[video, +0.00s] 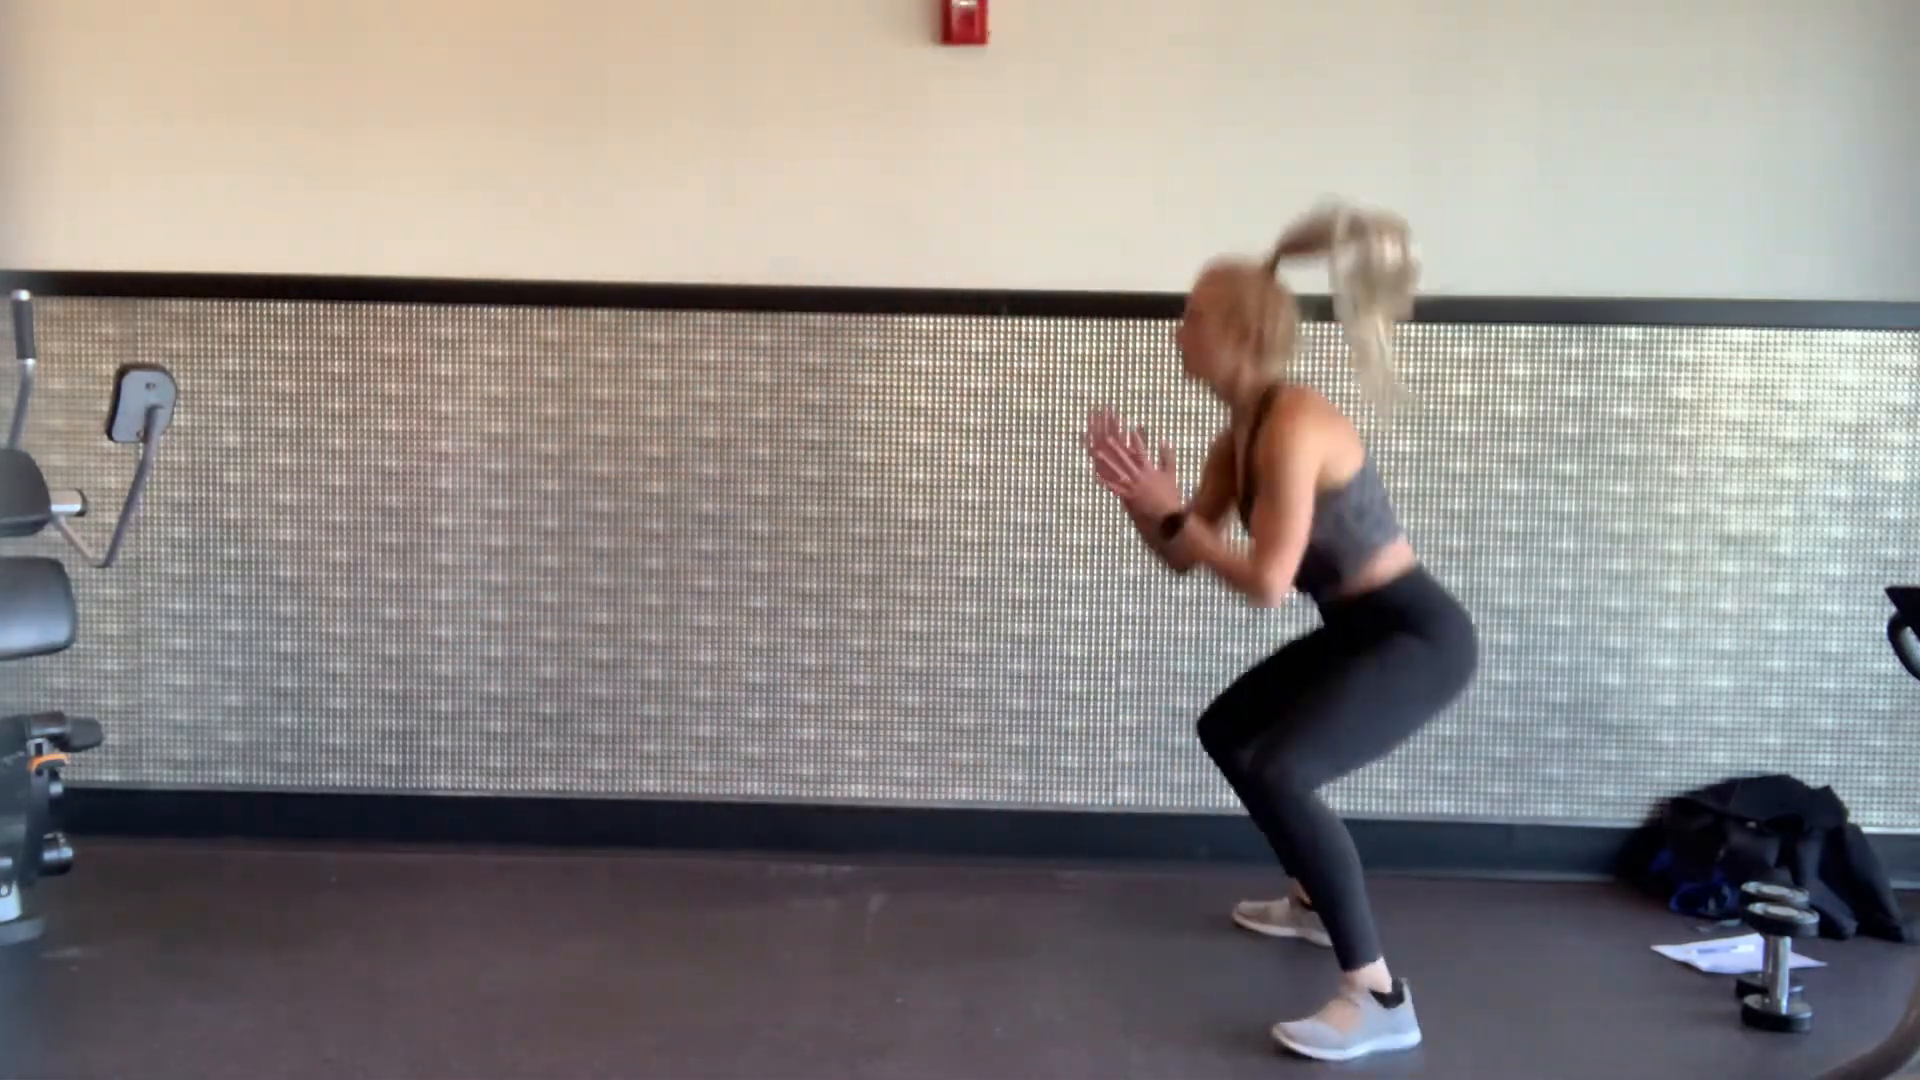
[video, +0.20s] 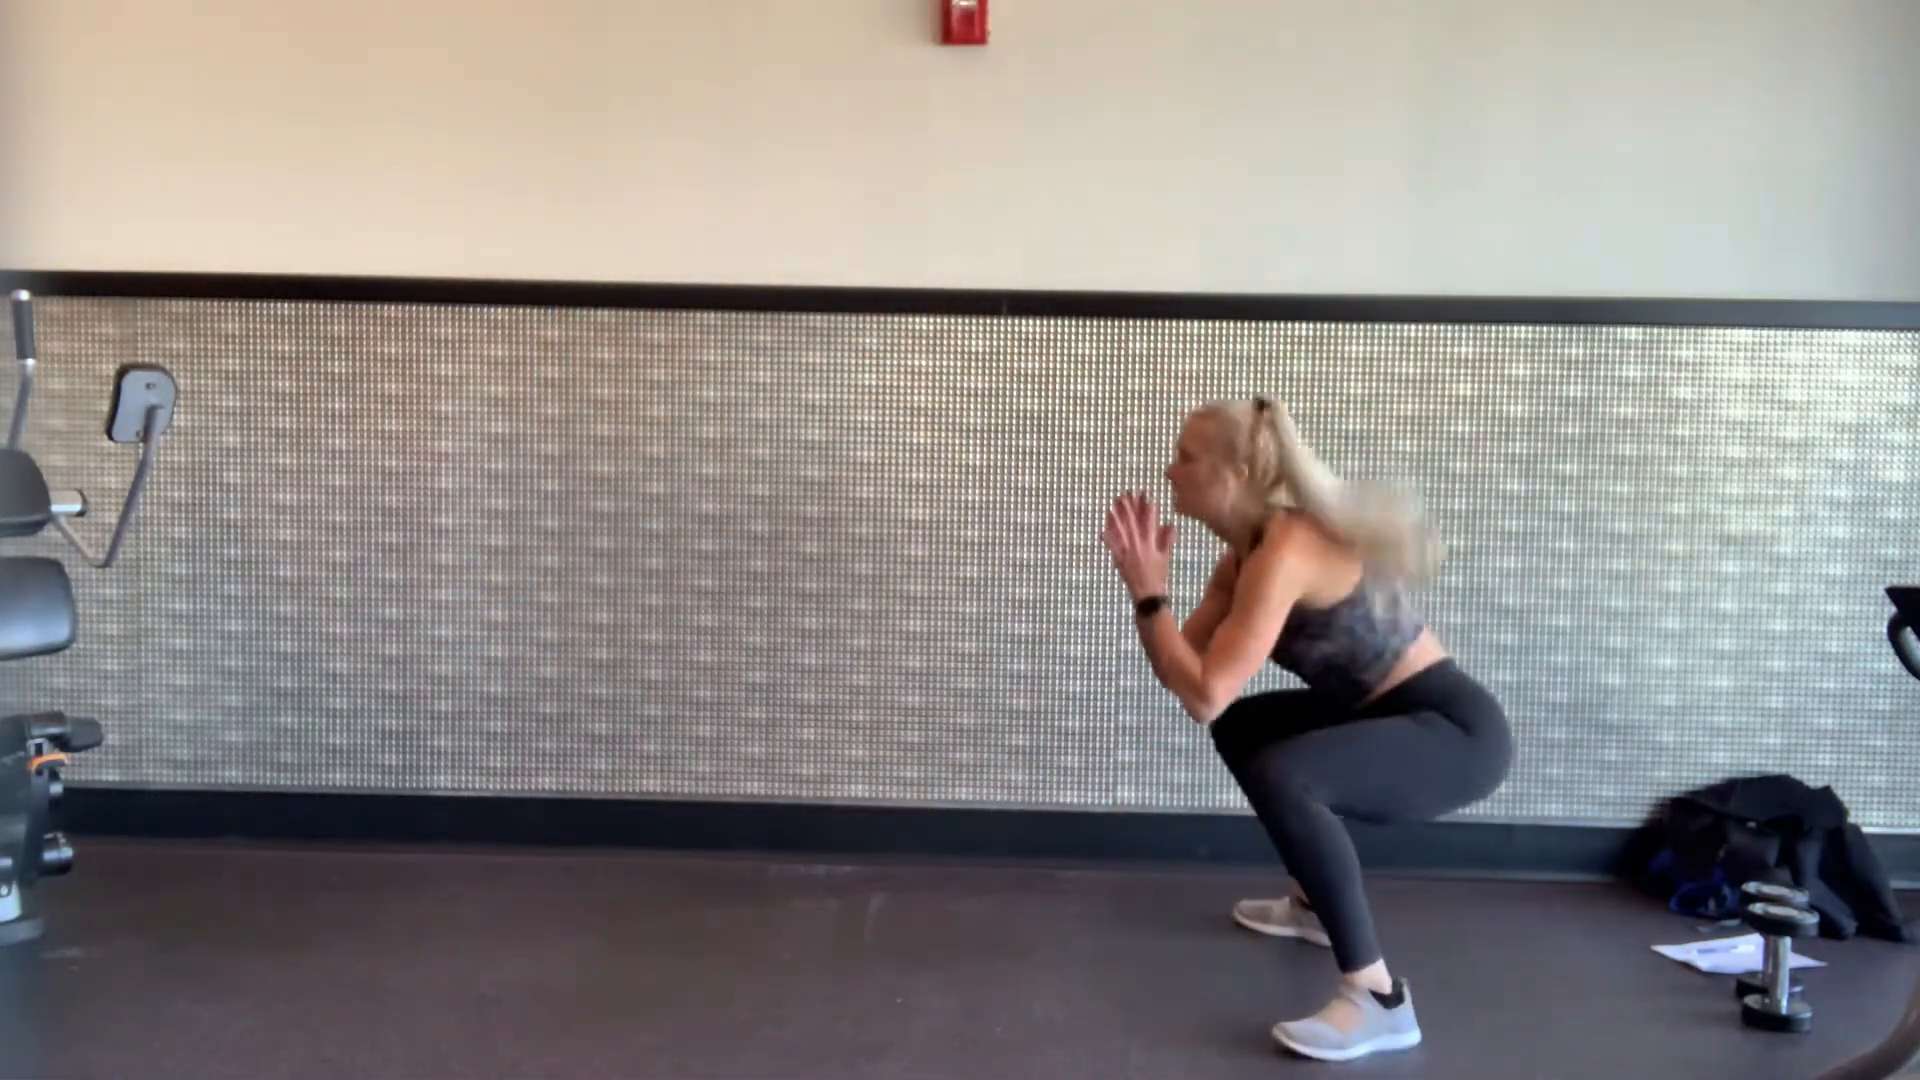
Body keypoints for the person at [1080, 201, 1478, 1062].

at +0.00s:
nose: (1177, 328)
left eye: (1190, 314)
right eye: (1182, 313)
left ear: (1236, 335)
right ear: (1238, 335)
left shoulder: (1293, 426)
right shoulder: (1240, 435)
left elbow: (1266, 582)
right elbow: (1184, 553)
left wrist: (1177, 516)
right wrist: (1139, 499)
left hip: (1420, 637)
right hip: (1362, 631)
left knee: (1278, 769)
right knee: (1229, 729)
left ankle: (1375, 990)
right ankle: (1318, 901)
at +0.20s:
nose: (1171, 469)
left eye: (1186, 459)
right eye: (1176, 456)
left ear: (1233, 480)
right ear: (1235, 481)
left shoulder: (1286, 547)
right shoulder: (1246, 554)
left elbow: (1206, 694)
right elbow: (1185, 669)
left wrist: (1148, 593)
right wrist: (1146, 586)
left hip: (1455, 732)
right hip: (1395, 715)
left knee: (1286, 776)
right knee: (1239, 733)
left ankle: (1378, 996)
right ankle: (1315, 903)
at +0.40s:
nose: (1172, 445)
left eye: (1185, 433)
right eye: (1175, 430)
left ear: (1237, 444)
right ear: (1238, 446)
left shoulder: (1285, 525)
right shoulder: (1248, 523)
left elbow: (1213, 668)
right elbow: (1190, 636)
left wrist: (1149, 571)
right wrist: (1148, 565)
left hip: (1451, 708)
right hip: (1394, 690)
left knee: (1285, 774)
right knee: (1239, 727)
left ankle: (1378, 997)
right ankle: (1319, 903)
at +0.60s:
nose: (1157, 408)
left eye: (1168, 392)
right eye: (1158, 392)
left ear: (1220, 397)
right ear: (1225, 399)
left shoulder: (1273, 482)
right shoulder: (1240, 476)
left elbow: (1179, 612)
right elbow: (1165, 582)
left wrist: (1119, 511)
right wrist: (1116, 507)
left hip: (1441, 667)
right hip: (1389, 654)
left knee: (1288, 769)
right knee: (1244, 719)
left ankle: (1377, 993)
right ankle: (1323, 900)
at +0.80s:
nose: (1123, 399)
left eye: (1134, 385)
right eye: (1124, 384)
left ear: (1185, 388)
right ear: (1184, 390)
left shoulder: (1244, 470)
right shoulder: (1210, 468)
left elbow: (1136, 596)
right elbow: (1124, 567)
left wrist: (1037, 533)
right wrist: (1034, 529)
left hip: (1423, 647)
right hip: (1368, 636)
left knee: (1280, 770)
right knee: (1237, 722)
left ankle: (1377, 993)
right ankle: (1321, 901)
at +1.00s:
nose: (1072, 393)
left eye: (1080, 376)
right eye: (1071, 377)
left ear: (1132, 375)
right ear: (1136, 376)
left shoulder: (1189, 462)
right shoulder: (1158, 464)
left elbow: (1147, 611)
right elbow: (1109, 586)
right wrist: (1038, 687)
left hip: (1369, 634)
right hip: (1318, 633)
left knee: (1241, 792)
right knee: (1203, 738)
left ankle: (1371, 992)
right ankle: (1317, 898)